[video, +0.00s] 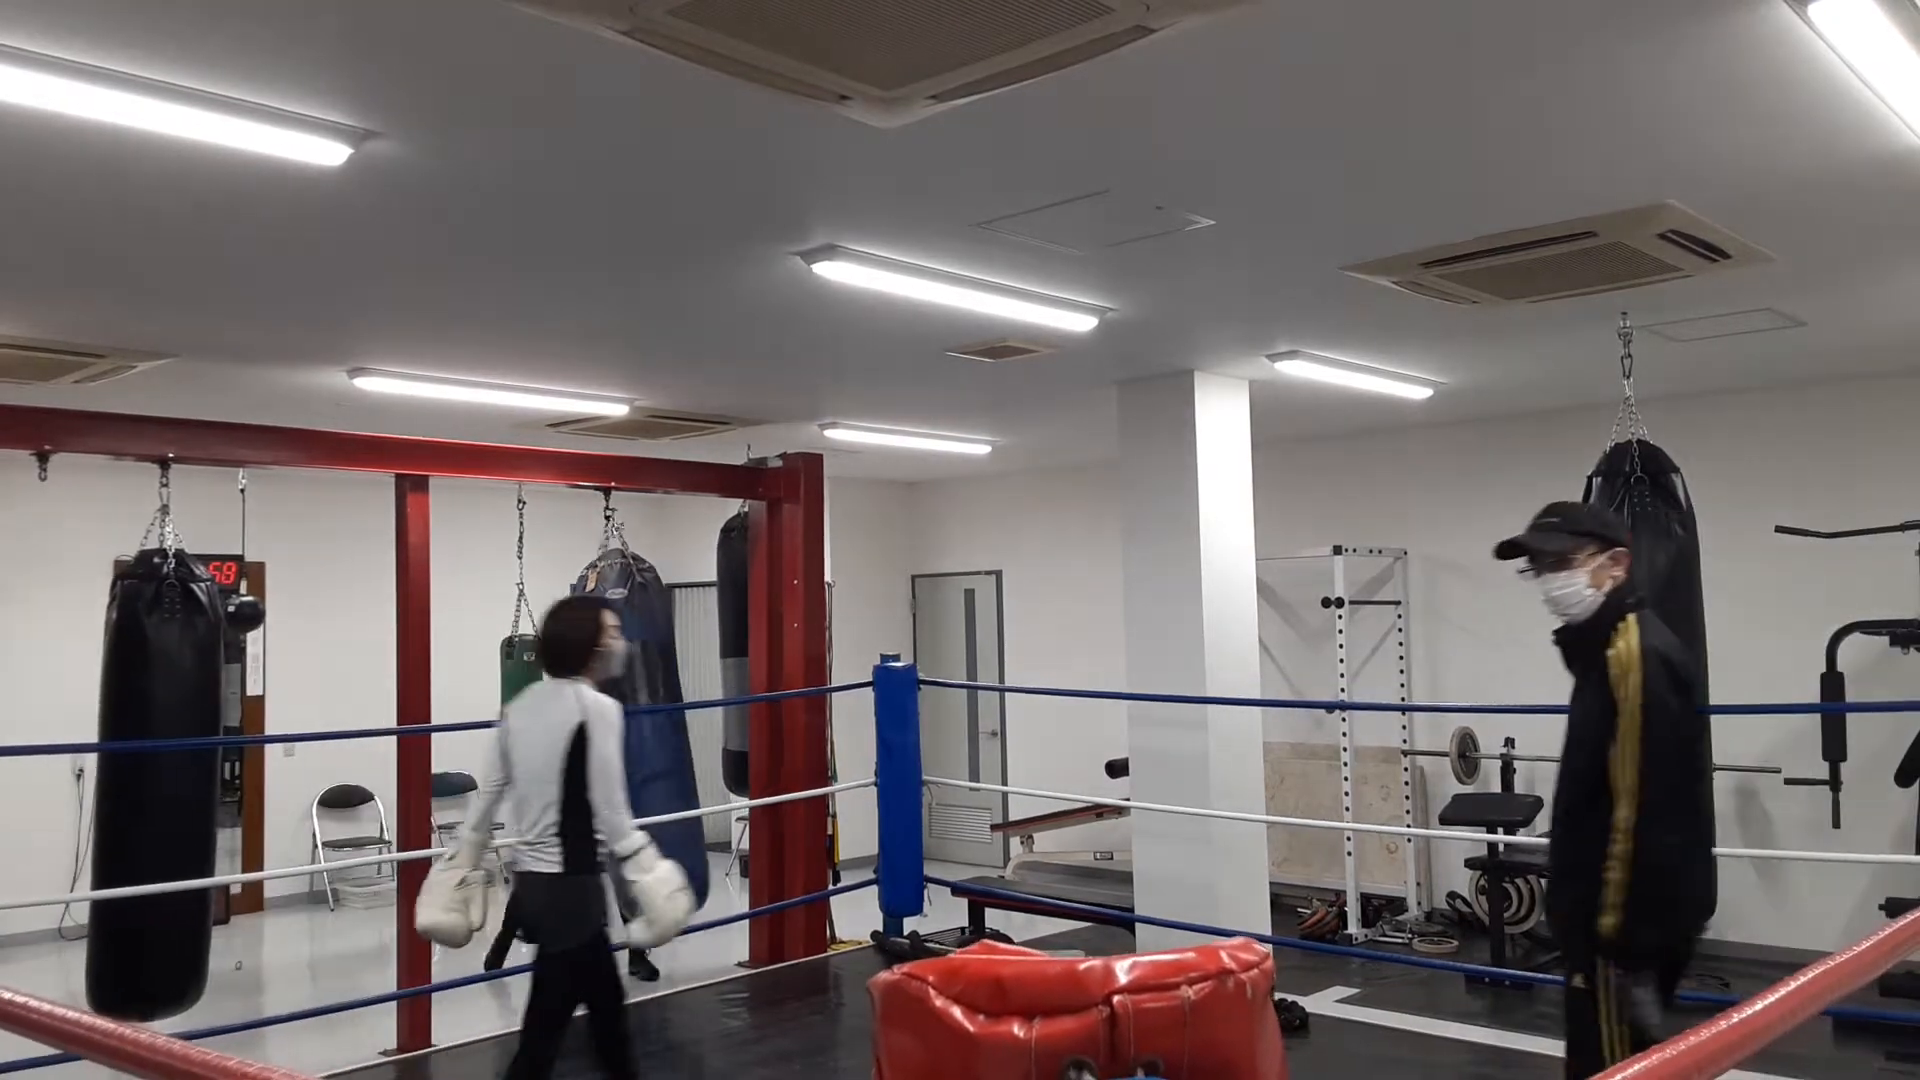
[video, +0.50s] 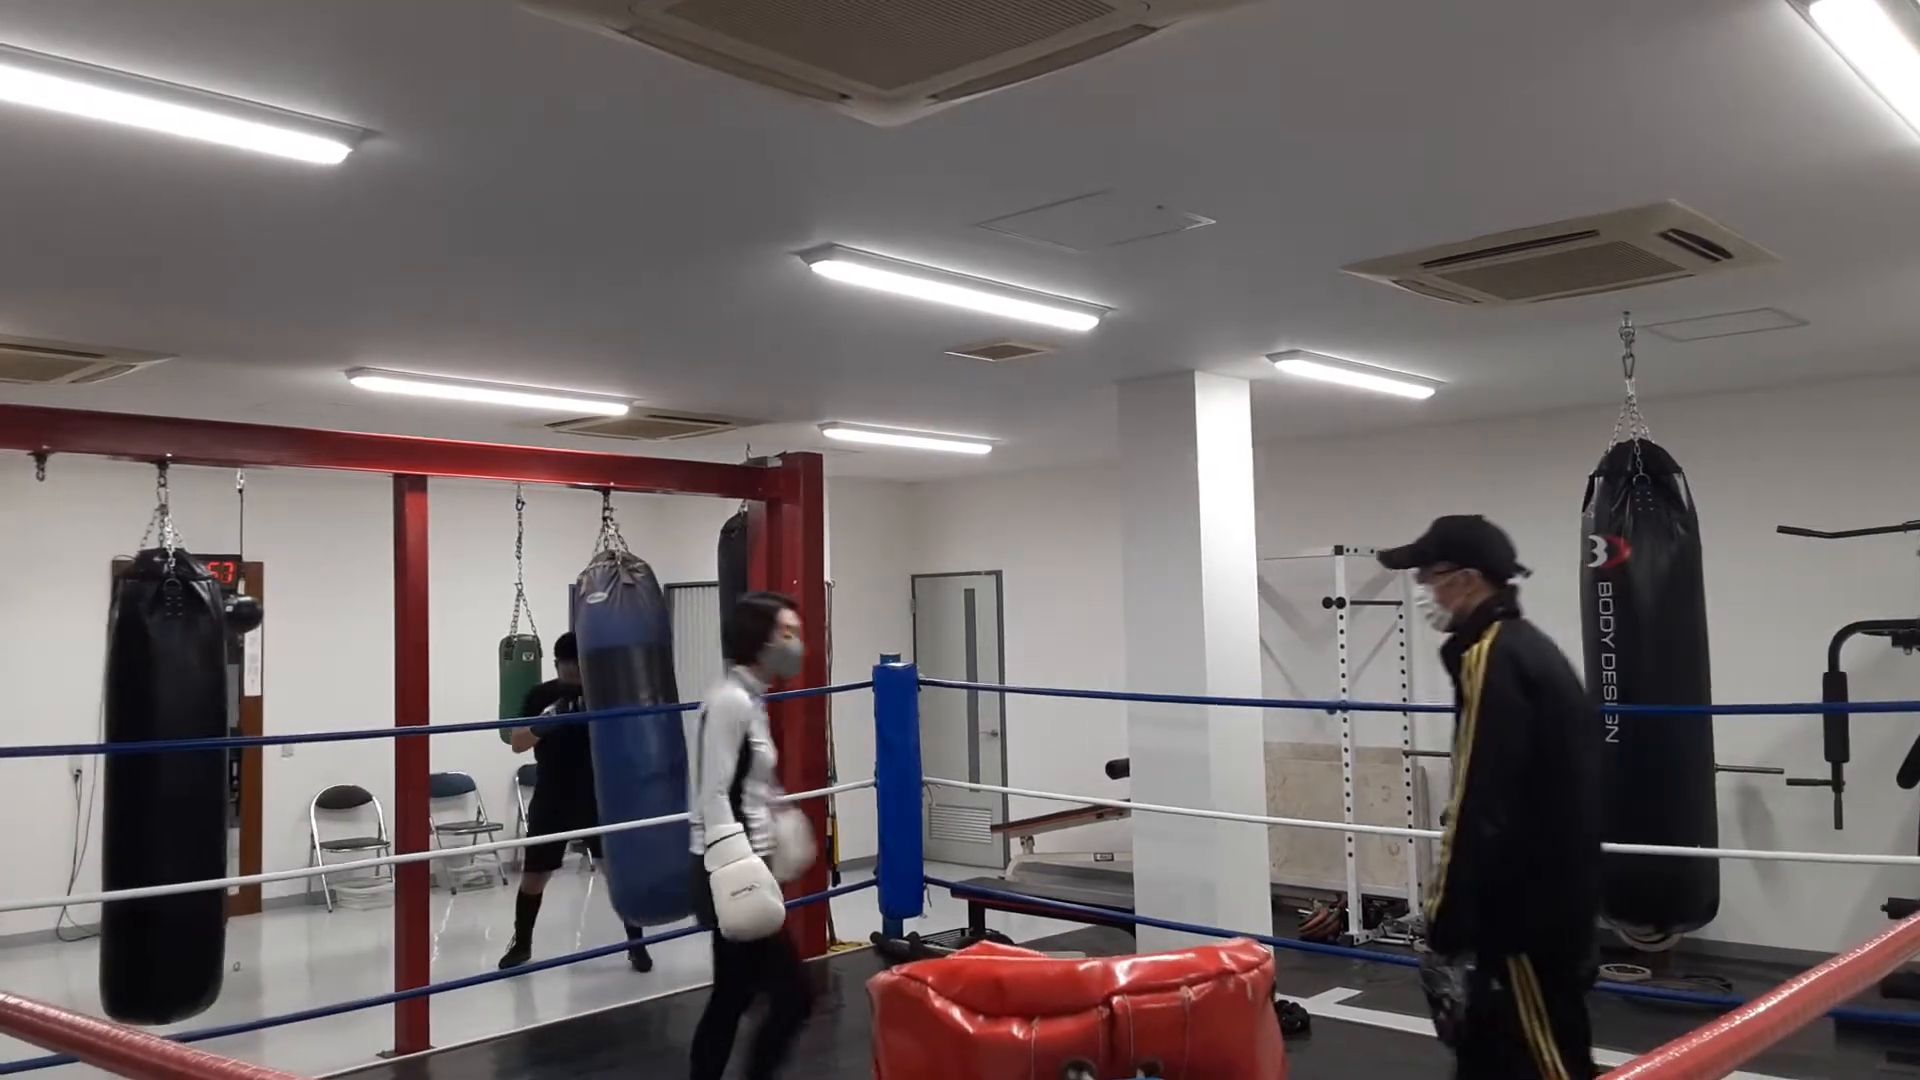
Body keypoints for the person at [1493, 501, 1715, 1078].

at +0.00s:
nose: (1549, 583)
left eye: (1562, 565)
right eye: (1543, 570)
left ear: (1614, 567)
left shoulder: (1637, 652)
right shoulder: (1608, 648)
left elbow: (1639, 805)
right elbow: (1610, 801)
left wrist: (1621, 949)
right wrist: (1585, 931)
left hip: (1622, 940)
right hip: (1600, 934)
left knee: (1614, 1069)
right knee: (1597, 1065)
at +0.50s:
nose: (1428, 590)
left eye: (1434, 576)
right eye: (1426, 578)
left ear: (1467, 578)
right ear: (1477, 578)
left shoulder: (1492, 656)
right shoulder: (1530, 649)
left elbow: (1478, 805)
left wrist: (1445, 934)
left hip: (1518, 917)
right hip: (1549, 904)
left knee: (1548, 1062)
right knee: (1498, 1063)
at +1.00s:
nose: (1312, 590)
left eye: (1318, 576)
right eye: (1311, 578)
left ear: (1349, 573)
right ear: (1364, 576)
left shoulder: (1359, 631)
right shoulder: (1408, 638)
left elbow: (1353, 768)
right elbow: (1426, 768)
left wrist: (1317, 878)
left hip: (1384, 866)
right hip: (1433, 862)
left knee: (1341, 1004)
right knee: (1419, 1012)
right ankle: (1423, 1077)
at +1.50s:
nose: (1183, 589)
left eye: (1188, 579)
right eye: (1185, 579)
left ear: (1209, 585)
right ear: (1243, 587)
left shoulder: (1184, 658)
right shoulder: (1290, 654)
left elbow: (1145, 768)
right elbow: (1292, 752)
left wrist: (1089, 773)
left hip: (1225, 866)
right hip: (1307, 860)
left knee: (1213, 1014)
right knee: (1353, 1013)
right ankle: (1381, 1074)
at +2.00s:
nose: (1107, 600)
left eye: (1106, 592)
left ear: (1114, 592)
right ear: (1168, 577)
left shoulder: (1094, 665)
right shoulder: (1225, 646)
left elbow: (1071, 776)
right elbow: (1274, 756)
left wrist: (1118, 734)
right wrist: (1212, 731)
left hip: (1144, 868)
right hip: (1224, 862)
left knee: (1158, 997)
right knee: (1228, 997)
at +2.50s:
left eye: (1117, 577)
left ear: (1121, 580)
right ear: (1187, 587)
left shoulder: (1076, 652)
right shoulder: (1203, 668)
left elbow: (1035, 744)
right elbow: (1227, 792)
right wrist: (1172, 750)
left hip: (1091, 866)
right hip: (1169, 872)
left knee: (1110, 1004)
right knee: (1170, 1007)